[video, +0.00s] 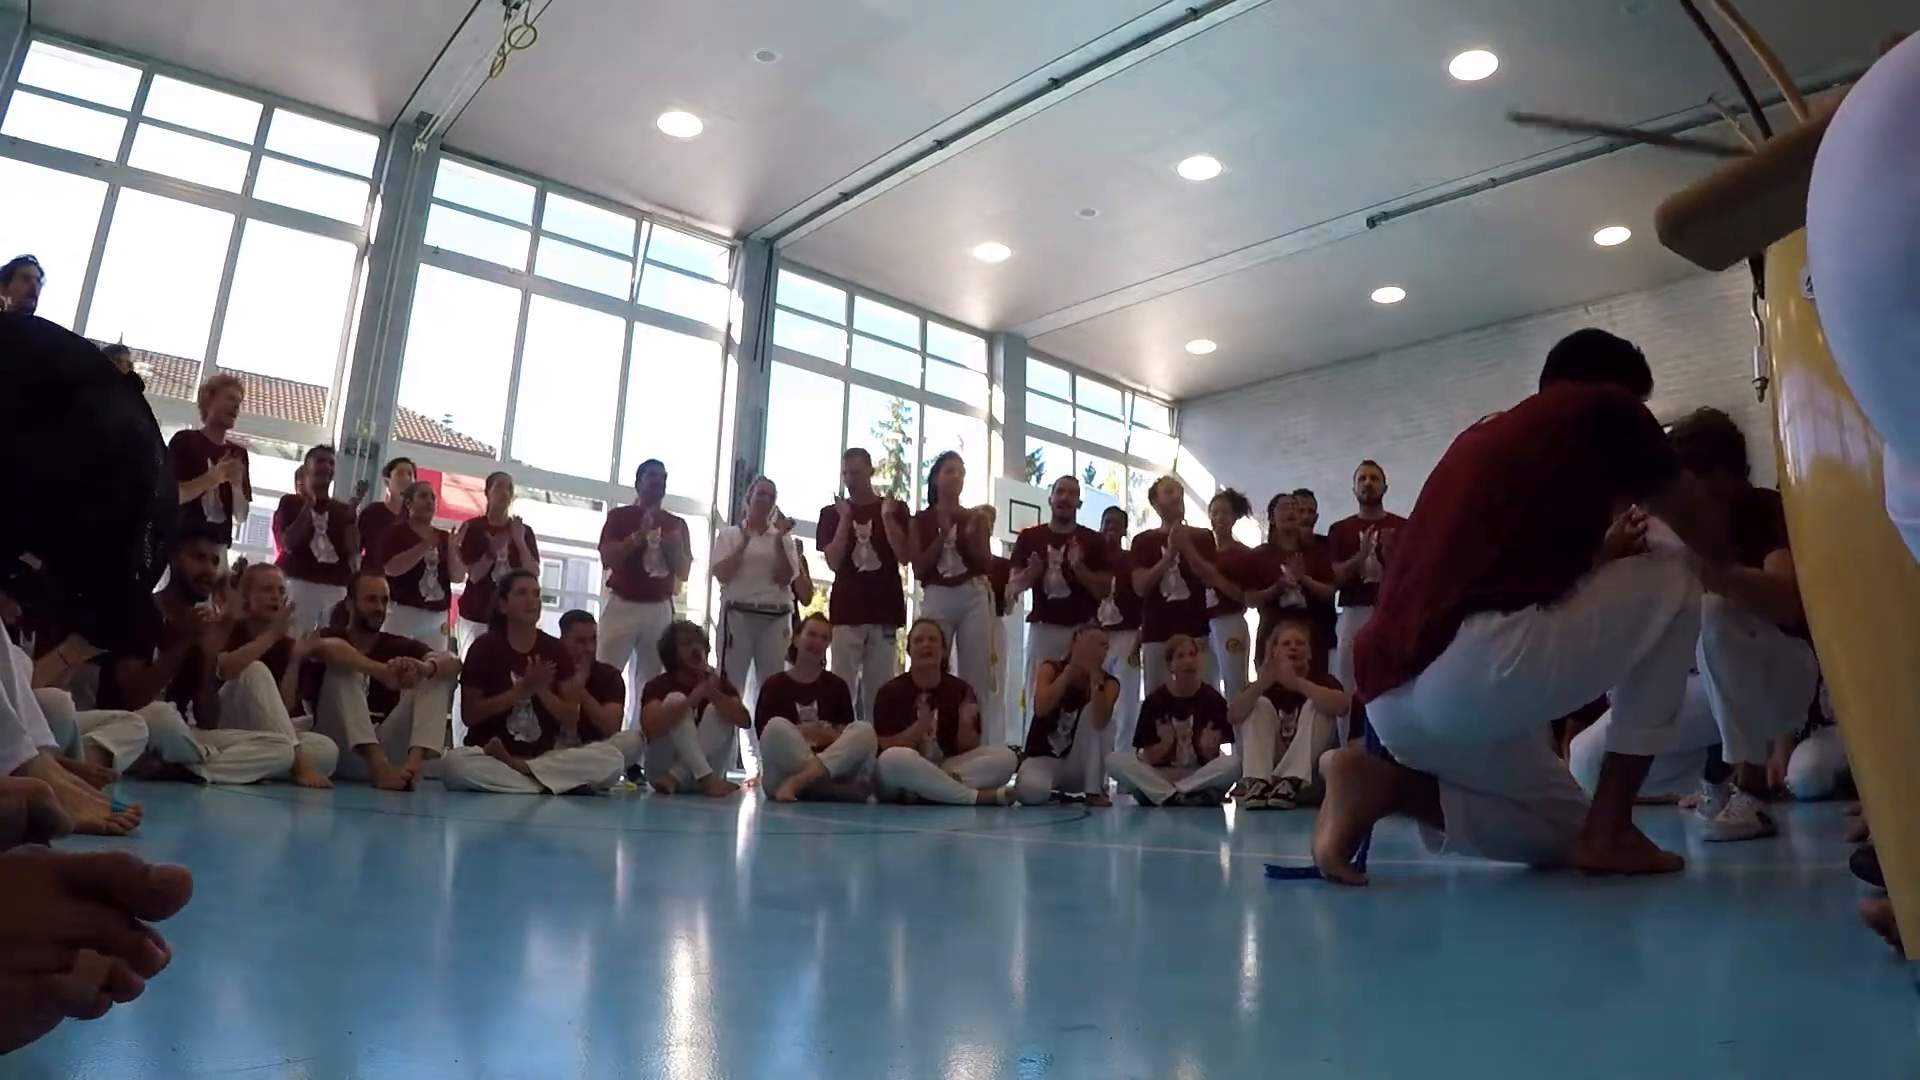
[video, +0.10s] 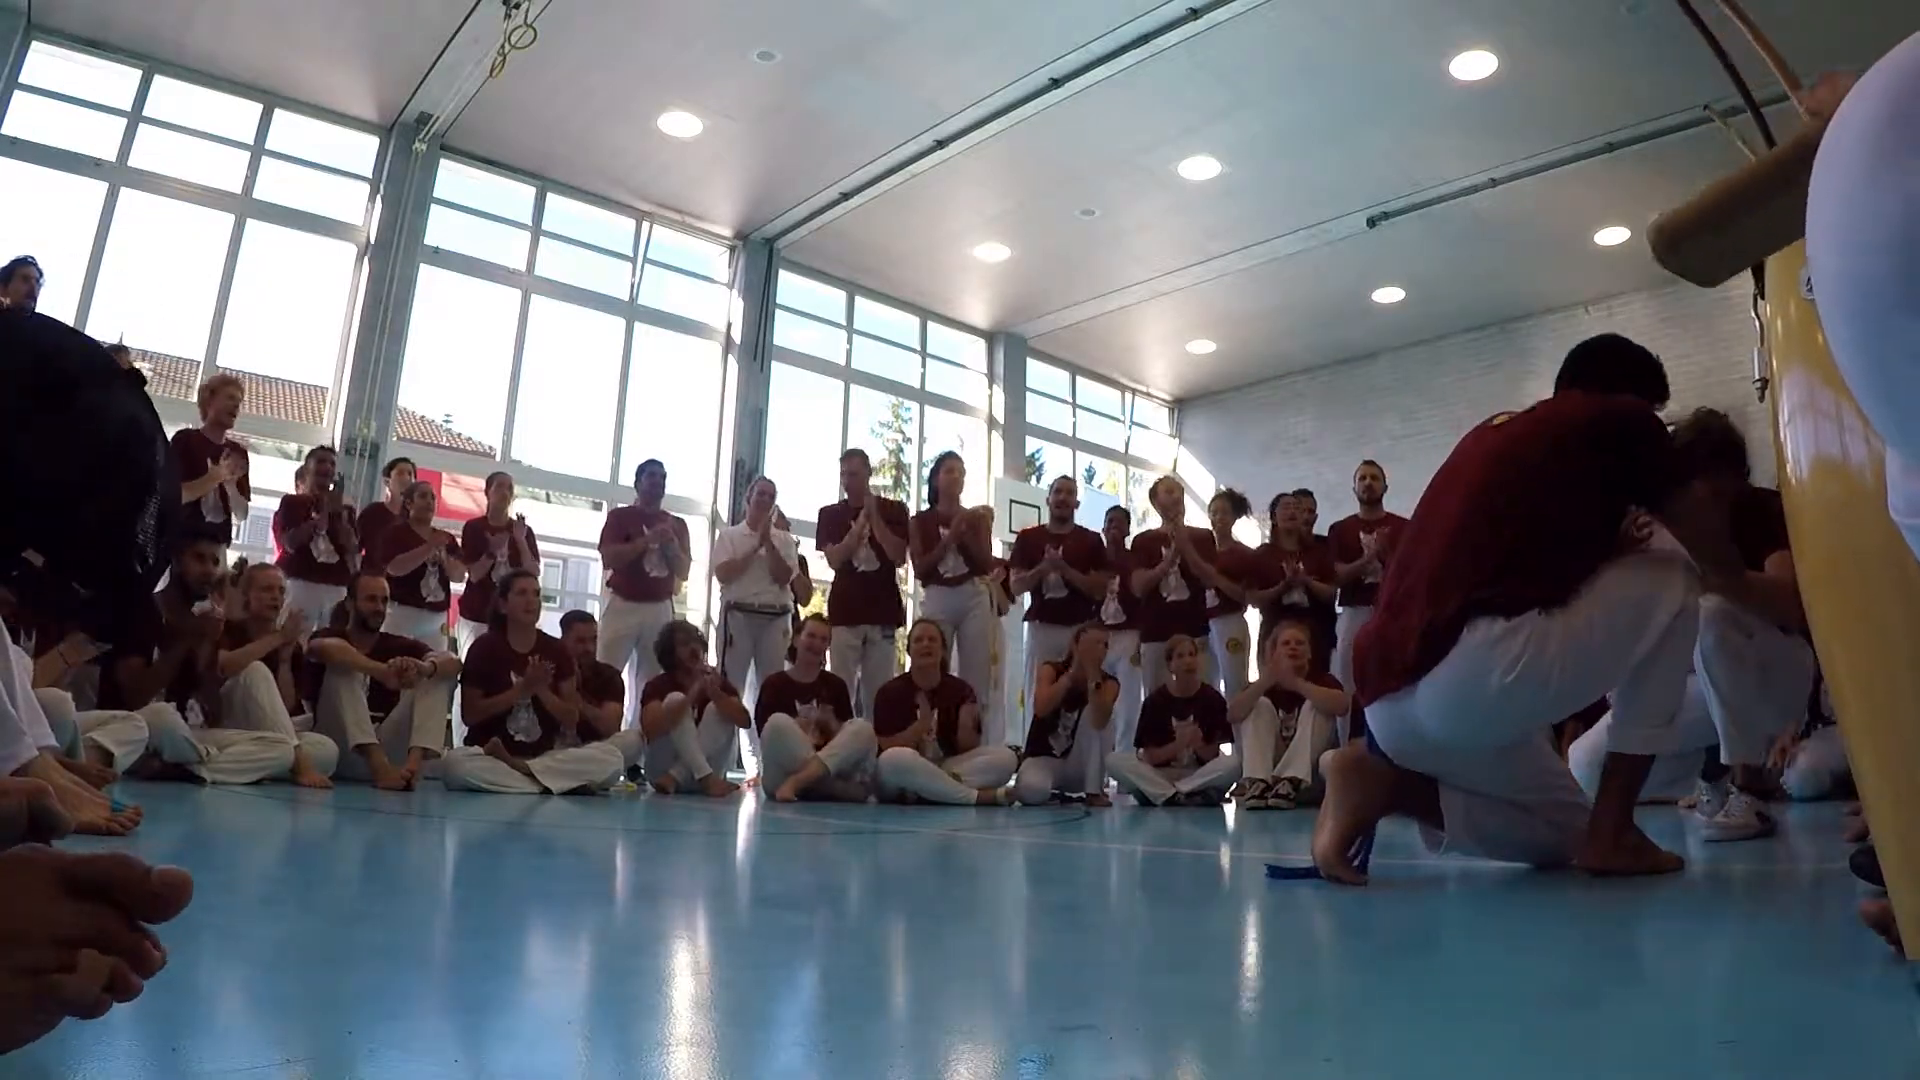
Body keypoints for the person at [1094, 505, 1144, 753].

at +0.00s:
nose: (1111, 528)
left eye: (1117, 524)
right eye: (1108, 523)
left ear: (1125, 529)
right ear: (1101, 526)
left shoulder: (1132, 560)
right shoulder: (1093, 558)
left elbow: (1142, 599)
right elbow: (1084, 596)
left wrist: (1141, 631)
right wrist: (1085, 627)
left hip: (1127, 631)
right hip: (1096, 631)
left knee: (1127, 692)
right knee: (1096, 690)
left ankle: (1125, 748)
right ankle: (1095, 747)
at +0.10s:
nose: (1114, 526)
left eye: (1119, 522)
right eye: (1110, 521)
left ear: (1128, 528)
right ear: (1104, 527)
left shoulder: (1136, 560)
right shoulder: (1095, 558)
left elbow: (1141, 593)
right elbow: (1086, 593)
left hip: (1128, 631)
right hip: (1097, 631)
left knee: (1129, 696)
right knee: (1097, 695)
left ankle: (1125, 754)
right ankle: (1095, 754)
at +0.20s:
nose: (1118, 526)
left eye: (1123, 522)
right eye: (1114, 521)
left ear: (1131, 528)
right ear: (1106, 526)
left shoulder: (1139, 559)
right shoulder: (1098, 561)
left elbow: (1143, 595)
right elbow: (1090, 596)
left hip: (1130, 633)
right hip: (1101, 633)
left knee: (1131, 695)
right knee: (1100, 694)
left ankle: (1128, 748)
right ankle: (1098, 749)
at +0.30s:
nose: (1121, 527)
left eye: (1126, 522)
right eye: (1116, 522)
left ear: (1134, 528)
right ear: (1109, 527)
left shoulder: (1141, 561)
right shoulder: (1101, 562)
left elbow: (1146, 598)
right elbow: (1094, 597)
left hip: (1133, 634)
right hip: (1105, 634)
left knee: (1133, 696)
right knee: (1102, 694)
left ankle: (1130, 748)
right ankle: (1099, 748)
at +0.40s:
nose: (1122, 526)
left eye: (1128, 522)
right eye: (1117, 522)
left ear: (1135, 527)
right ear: (1110, 527)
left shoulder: (1143, 561)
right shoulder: (1101, 562)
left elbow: (1148, 596)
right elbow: (1093, 597)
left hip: (1134, 635)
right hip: (1105, 634)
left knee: (1133, 699)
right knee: (1100, 697)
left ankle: (1128, 754)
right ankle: (1097, 753)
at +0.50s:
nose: (1122, 526)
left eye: (1128, 522)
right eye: (1117, 521)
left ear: (1136, 527)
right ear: (1110, 527)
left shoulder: (1143, 562)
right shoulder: (1100, 562)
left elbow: (1149, 597)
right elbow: (1092, 594)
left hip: (1135, 634)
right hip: (1104, 634)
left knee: (1133, 698)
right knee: (1099, 696)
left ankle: (1127, 754)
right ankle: (1098, 752)